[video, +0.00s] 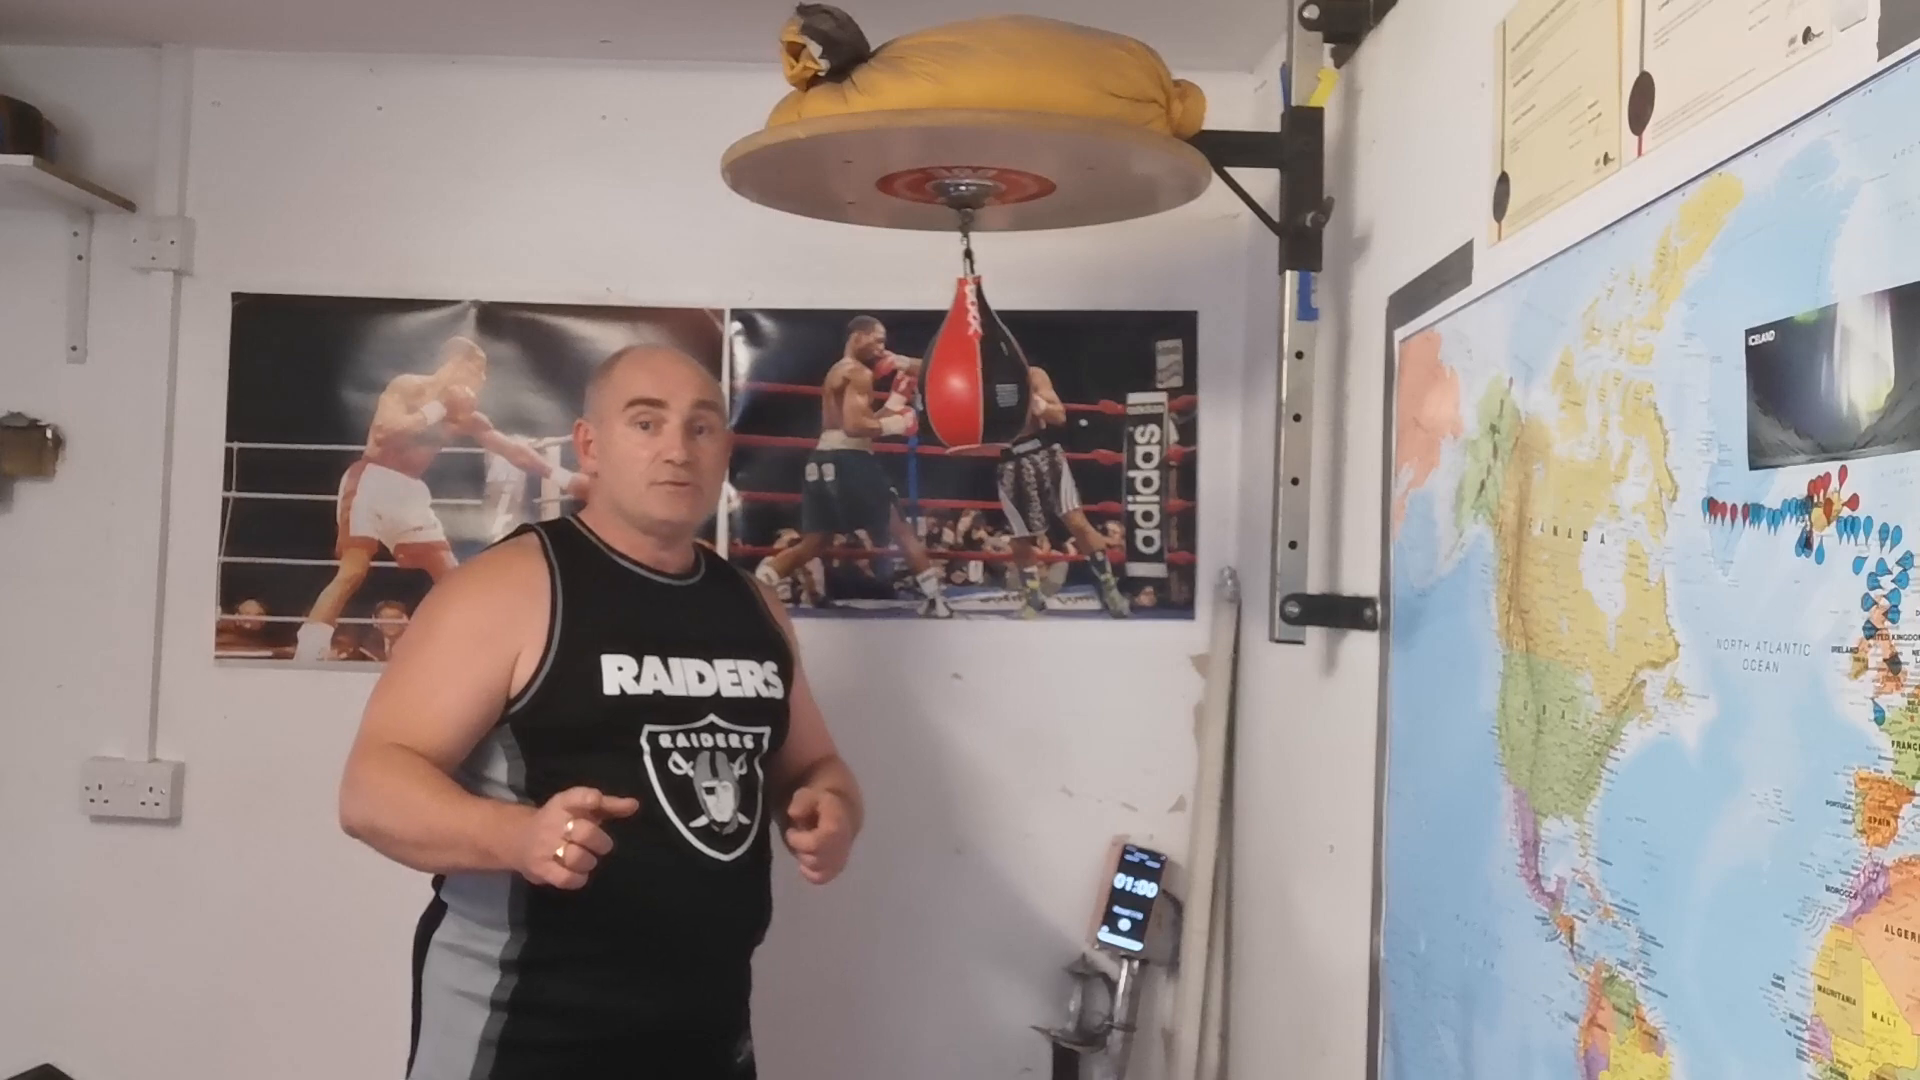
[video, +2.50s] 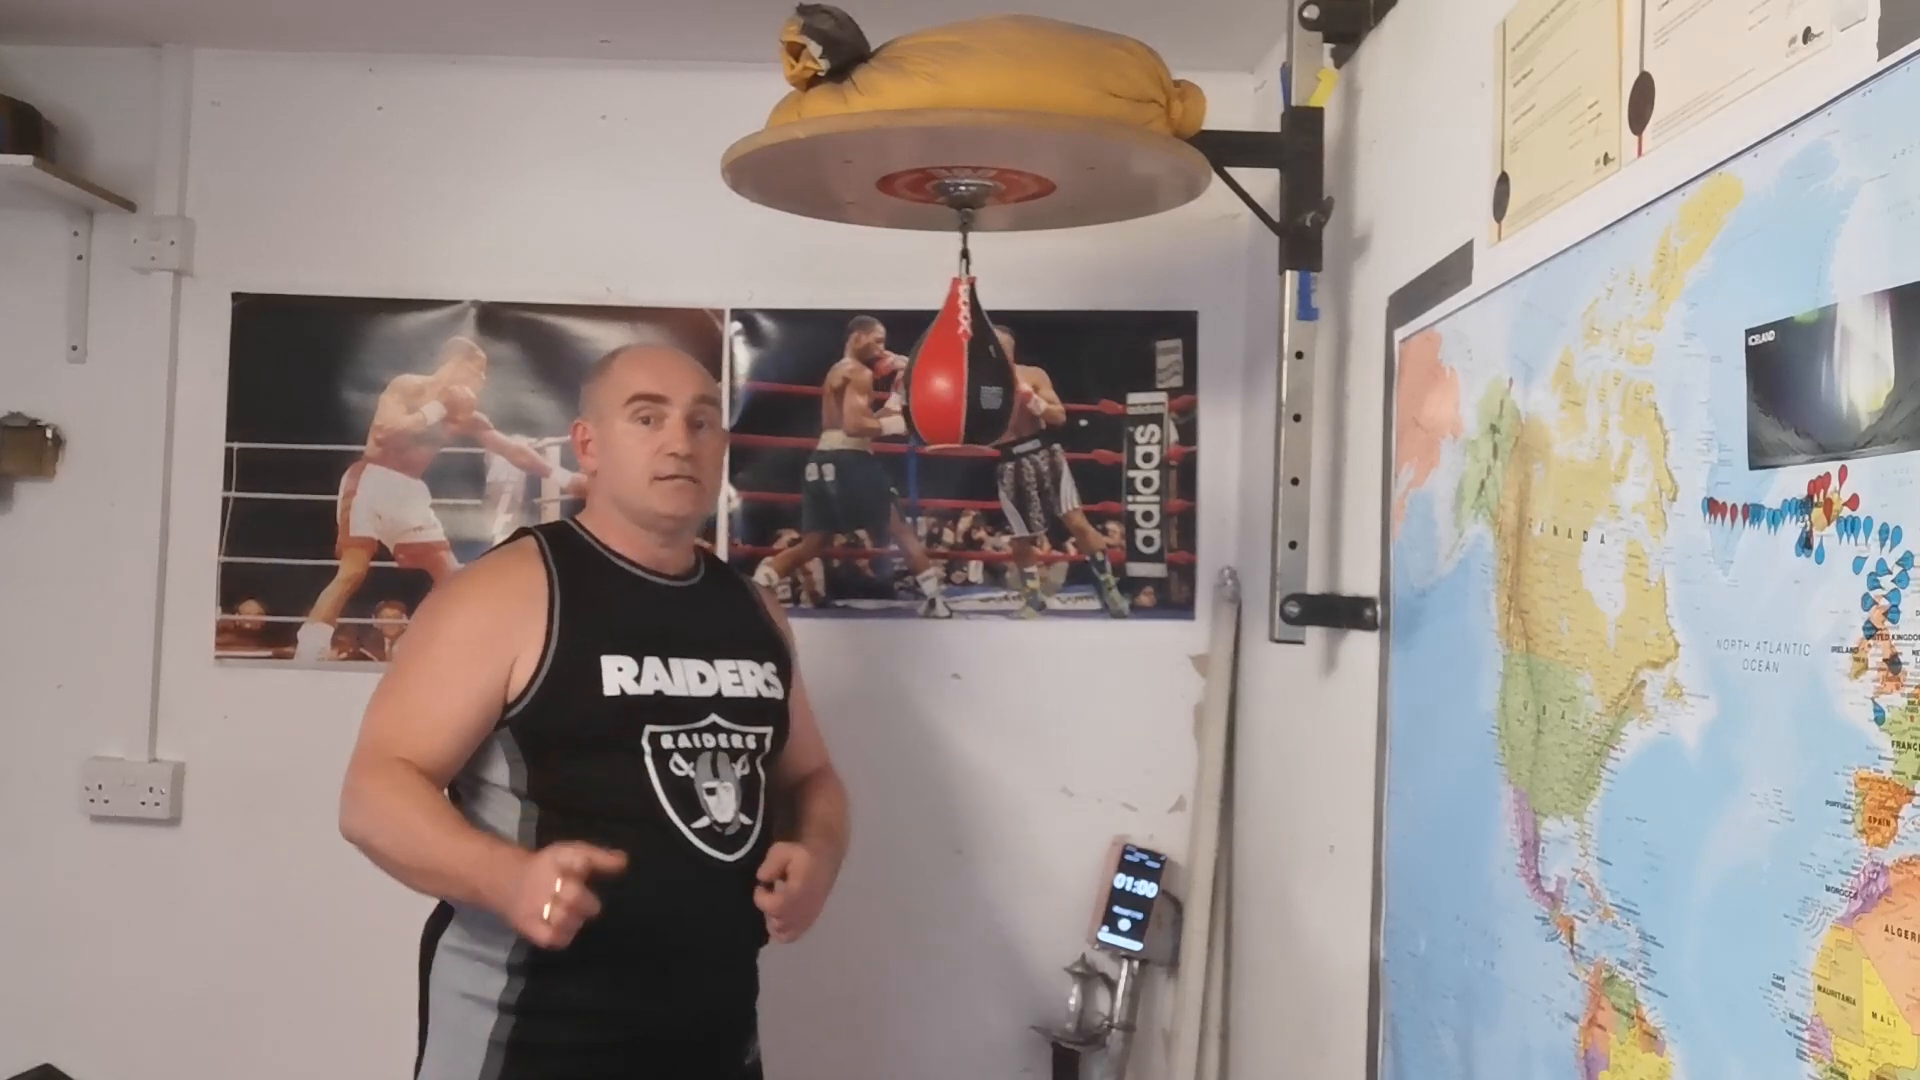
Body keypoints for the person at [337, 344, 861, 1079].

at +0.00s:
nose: (677, 449)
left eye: (701, 425)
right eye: (645, 421)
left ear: (727, 454)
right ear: (587, 445)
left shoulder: (750, 607)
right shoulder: (505, 588)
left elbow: (813, 765)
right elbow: (374, 787)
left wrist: (829, 813)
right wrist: (513, 834)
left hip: (702, 1017)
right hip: (524, 1019)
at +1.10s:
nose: (679, 446)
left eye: (702, 424)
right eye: (646, 419)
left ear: (726, 454)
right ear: (588, 445)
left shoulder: (750, 611)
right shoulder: (508, 588)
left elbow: (802, 790)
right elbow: (382, 786)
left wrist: (831, 898)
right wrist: (509, 931)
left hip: (706, 1024)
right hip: (534, 1028)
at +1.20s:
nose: (682, 447)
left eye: (706, 423)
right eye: (650, 418)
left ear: (731, 452)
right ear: (593, 443)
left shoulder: (750, 612)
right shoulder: (510, 589)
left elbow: (799, 804)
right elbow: (387, 795)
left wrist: (828, 962)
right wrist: (478, 1003)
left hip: (709, 1030)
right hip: (542, 1035)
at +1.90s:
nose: (690, 444)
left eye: (709, 421)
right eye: (655, 418)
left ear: (731, 450)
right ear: (594, 447)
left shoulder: (744, 610)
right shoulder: (518, 592)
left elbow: (795, 803)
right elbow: (396, 800)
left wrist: (841, 965)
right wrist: (516, 991)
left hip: (724, 1035)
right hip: (565, 1040)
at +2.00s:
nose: (685, 443)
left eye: (705, 421)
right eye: (650, 418)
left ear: (725, 450)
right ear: (590, 448)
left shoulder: (742, 609)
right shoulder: (513, 592)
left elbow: (793, 784)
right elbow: (389, 794)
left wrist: (840, 887)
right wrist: (544, 906)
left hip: (716, 1031)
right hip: (545, 1037)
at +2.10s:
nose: (681, 444)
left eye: (701, 421)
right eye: (646, 418)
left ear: (724, 450)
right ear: (586, 446)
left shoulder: (743, 607)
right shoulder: (508, 592)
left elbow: (789, 772)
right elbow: (383, 793)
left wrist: (814, 807)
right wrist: (556, 820)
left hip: (715, 1022)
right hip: (540, 1024)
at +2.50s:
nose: (680, 442)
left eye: (701, 420)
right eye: (647, 415)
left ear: (725, 450)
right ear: (587, 444)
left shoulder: (748, 608)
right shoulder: (502, 593)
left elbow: (809, 778)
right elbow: (375, 790)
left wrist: (814, 856)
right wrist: (507, 878)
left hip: (709, 1026)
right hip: (532, 1030)